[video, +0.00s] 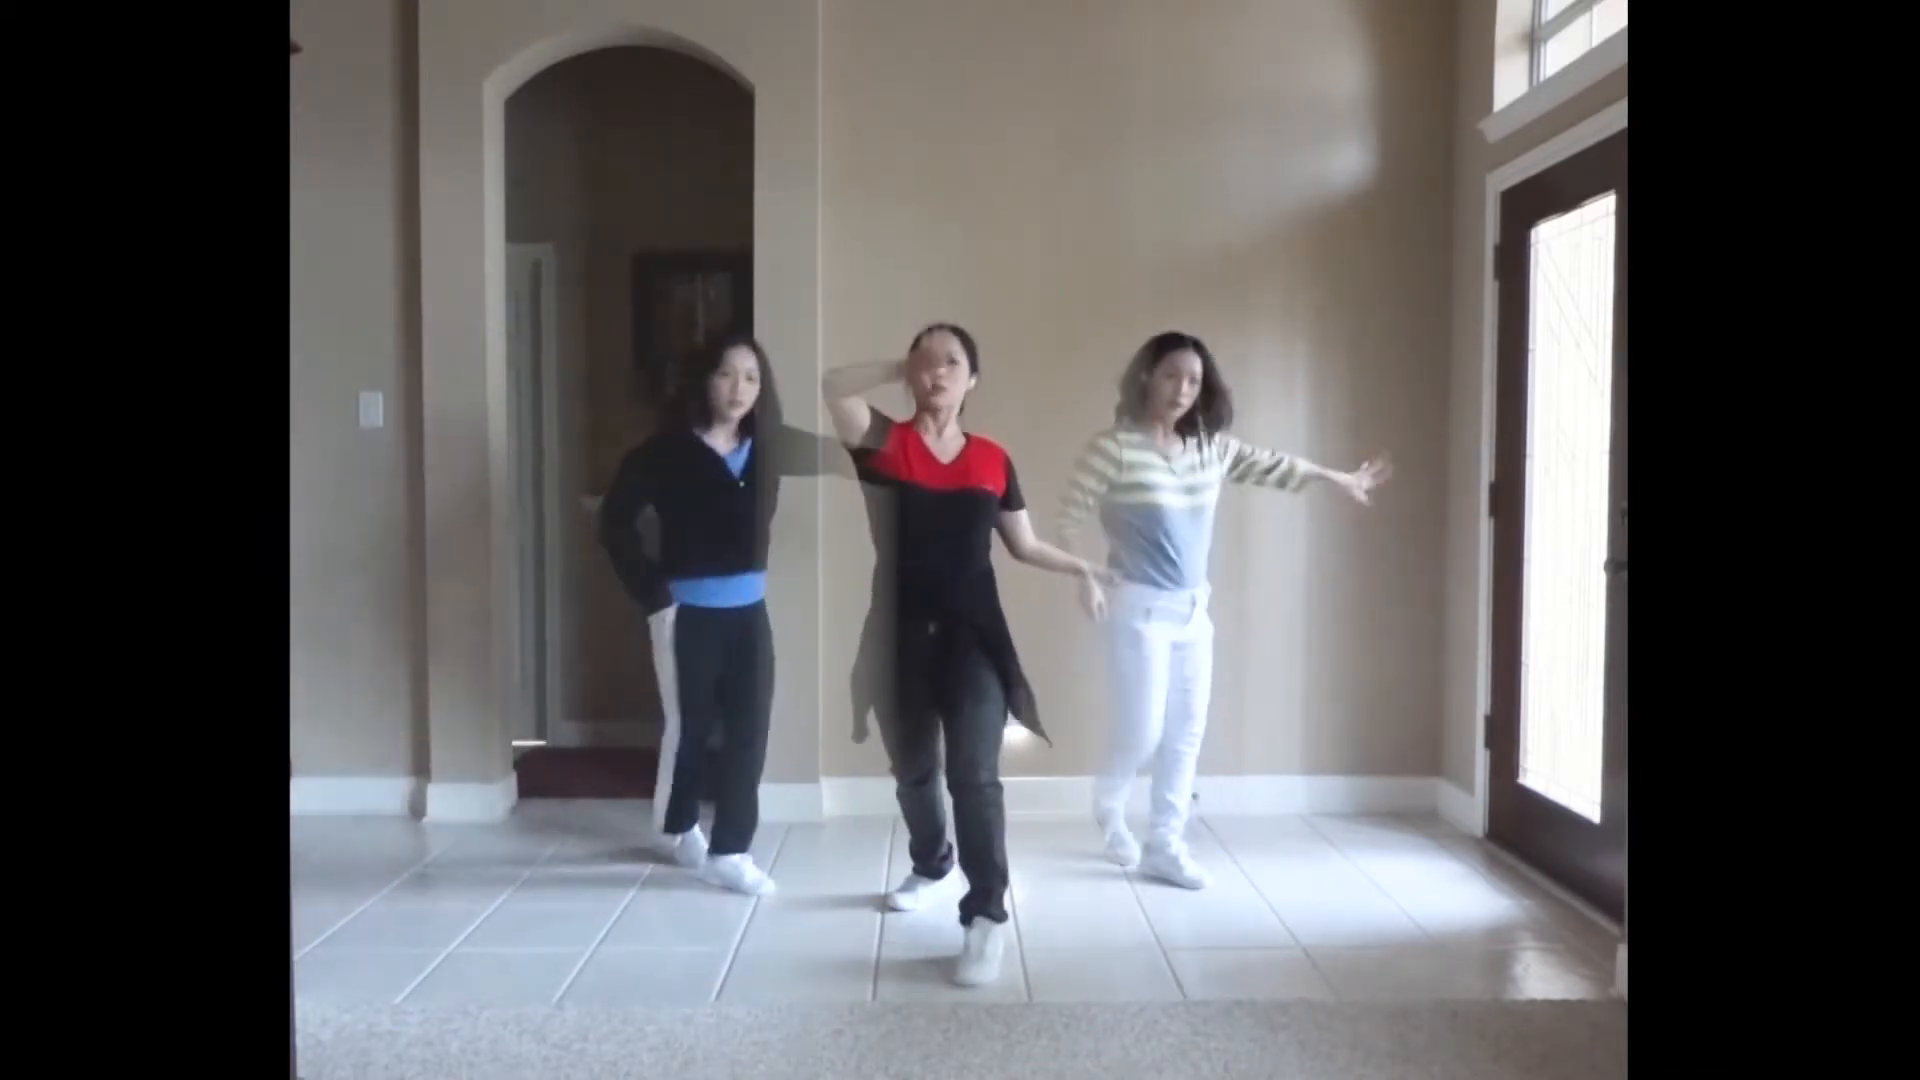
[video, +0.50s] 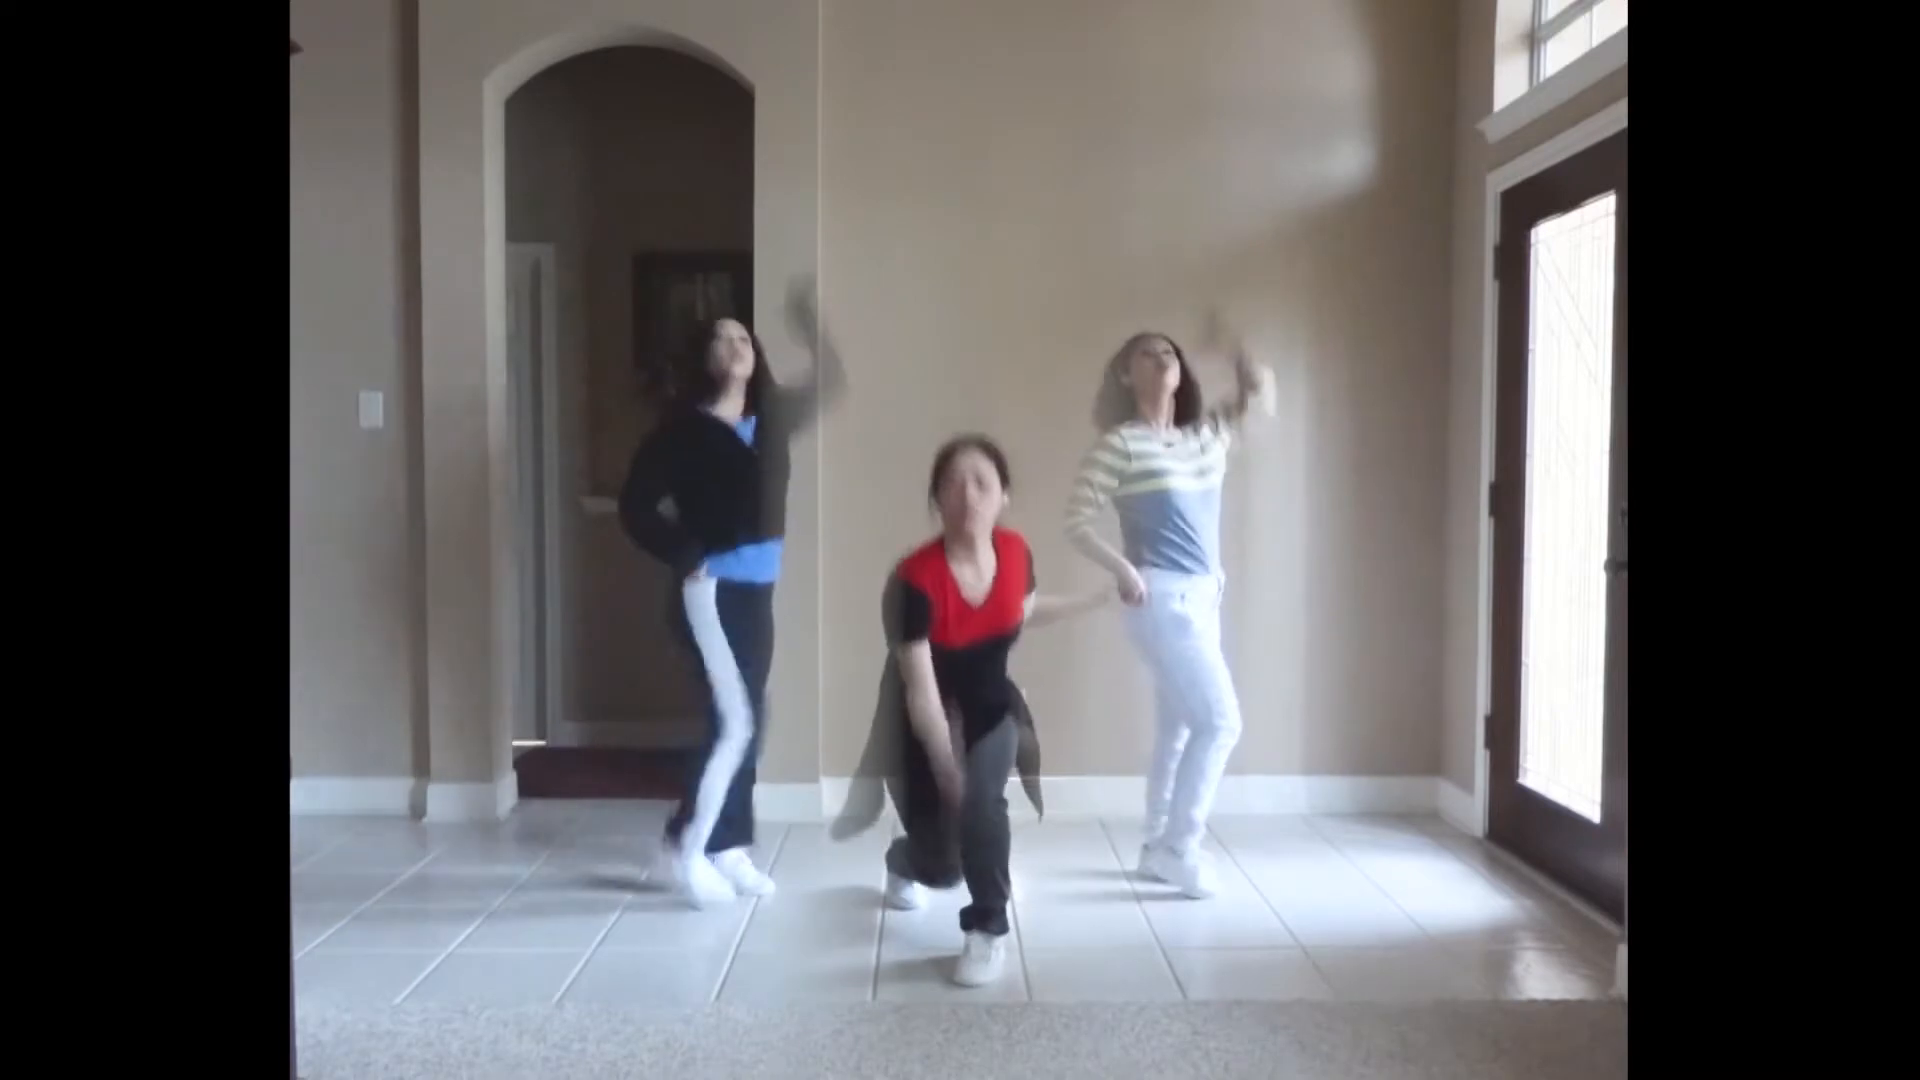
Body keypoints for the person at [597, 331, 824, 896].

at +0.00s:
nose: (739, 388)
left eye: (750, 377)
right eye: (727, 376)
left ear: (762, 388)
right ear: (703, 382)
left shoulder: (769, 446)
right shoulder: (665, 451)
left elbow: (847, 457)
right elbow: (614, 524)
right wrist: (654, 595)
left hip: (749, 608)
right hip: (688, 610)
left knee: (748, 733)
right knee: (694, 728)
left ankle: (730, 848)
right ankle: (680, 825)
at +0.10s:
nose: (742, 389)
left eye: (754, 379)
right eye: (731, 376)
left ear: (765, 390)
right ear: (707, 380)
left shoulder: (766, 446)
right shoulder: (669, 448)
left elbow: (837, 463)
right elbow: (621, 522)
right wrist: (656, 597)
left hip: (755, 603)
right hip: (696, 606)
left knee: (754, 737)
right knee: (711, 739)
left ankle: (732, 851)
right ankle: (678, 818)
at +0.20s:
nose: (746, 403)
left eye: (758, 393)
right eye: (736, 389)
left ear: (767, 402)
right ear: (710, 390)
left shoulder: (762, 459)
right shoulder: (670, 456)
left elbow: (819, 502)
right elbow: (627, 530)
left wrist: (883, 487)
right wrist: (667, 604)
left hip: (756, 611)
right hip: (703, 617)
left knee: (770, 739)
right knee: (741, 748)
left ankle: (735, 853)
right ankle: (671, 765)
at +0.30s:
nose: (747, 412)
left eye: (759, 404)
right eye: (737, 398)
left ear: (768, 412)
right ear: (711, 398)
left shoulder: (756, 472)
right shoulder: (670, 463)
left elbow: (788, 545)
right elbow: (629, 535)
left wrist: (812, 510)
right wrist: (671, 605)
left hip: (756, 619)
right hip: (702, 623)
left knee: (774, 739)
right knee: (774, 738)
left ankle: (737, 857)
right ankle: (678, 739)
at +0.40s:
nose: (744, 386)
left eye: (754, 377)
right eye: (733, 374)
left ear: (765, 389)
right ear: (710, 381)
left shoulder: (764, 457)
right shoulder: (676, 455)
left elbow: (813, 500)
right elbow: (629, 526)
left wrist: (795, 445)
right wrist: (672, 584)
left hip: (753, 609)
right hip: (703, 613)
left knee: (758, 733)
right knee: (780, 725)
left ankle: (735, 856)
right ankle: (681, 776)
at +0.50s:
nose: (736, 348)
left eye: (743, 341)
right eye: (723, 341)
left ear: (755, 356)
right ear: (706, 359)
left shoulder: (769, 415)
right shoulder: (685, 426)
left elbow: (825, 389)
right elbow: (636, 508)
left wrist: (812, 330)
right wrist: (682, 556)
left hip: (757, 582)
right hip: (709, 584)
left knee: (748, 718)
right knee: (736, 720)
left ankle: (731, 845)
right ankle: (685, 845)